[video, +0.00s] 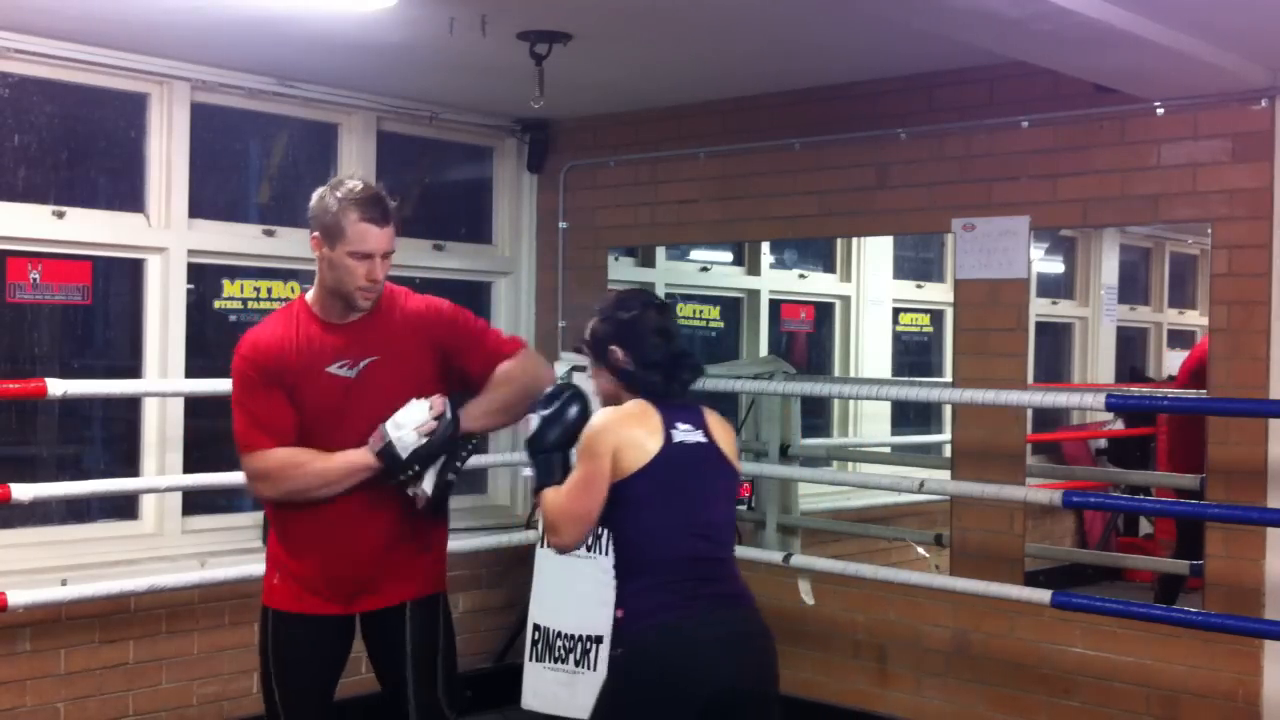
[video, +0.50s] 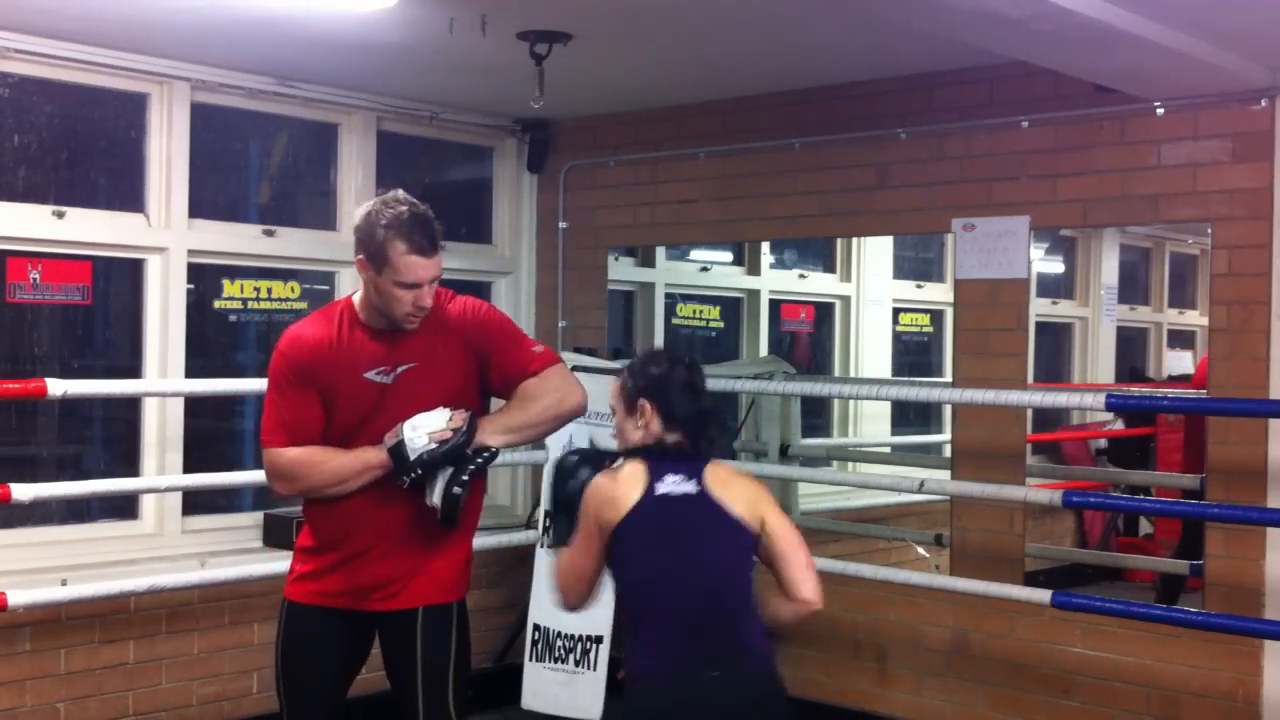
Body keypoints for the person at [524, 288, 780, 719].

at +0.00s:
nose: (591, 376)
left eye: (593, 364)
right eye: (589, 365)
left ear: (618, 360)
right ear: (667, 353)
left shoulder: (611, 425)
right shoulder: (720, 427)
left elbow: (563, 533)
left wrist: (545, 457)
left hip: (657, 652)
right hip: (741, 644)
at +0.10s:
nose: (596, 368)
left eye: (598, 355)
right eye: (594, 355)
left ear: (627, 356)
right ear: (675, 351)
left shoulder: (618, 419)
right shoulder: (724, 423)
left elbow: (569, 525)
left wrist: (553, 451)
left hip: (658, 644)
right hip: (742, 636)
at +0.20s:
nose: (598, 369)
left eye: (600, 356)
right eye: (596, 356)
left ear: (629, 355)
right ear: (675, 351)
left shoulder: (619, 419)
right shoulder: (724, 423)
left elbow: (566, 524)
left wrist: (552, 447)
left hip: (663, 646)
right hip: (744, 637)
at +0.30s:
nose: (604, 383)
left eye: (605, 369)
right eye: (600, 370)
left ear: (634, 365)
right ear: (682, 361)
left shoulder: (631, 432)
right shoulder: (728, 432)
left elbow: (585, 539)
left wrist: (565, 461)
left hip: (684, 668)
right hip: (760, 661)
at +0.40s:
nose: (611, 404)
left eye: (613, 390)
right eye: (610, 391)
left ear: (643, 389)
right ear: (688, 383)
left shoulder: (629, 461)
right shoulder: (740, 453)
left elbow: (604, 577)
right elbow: (760, 566)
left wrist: (579, 507)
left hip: (681, 679)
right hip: (768, 675)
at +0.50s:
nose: (614, 426)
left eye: (617, 414)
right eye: (613, 414)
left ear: (644, 415)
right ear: (690, 412)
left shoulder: (609, 490)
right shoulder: (745, 487)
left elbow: (571, 595)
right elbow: (807, 596)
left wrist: (569, 510)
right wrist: (744, 612)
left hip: (654, 697)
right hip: (749, 697)